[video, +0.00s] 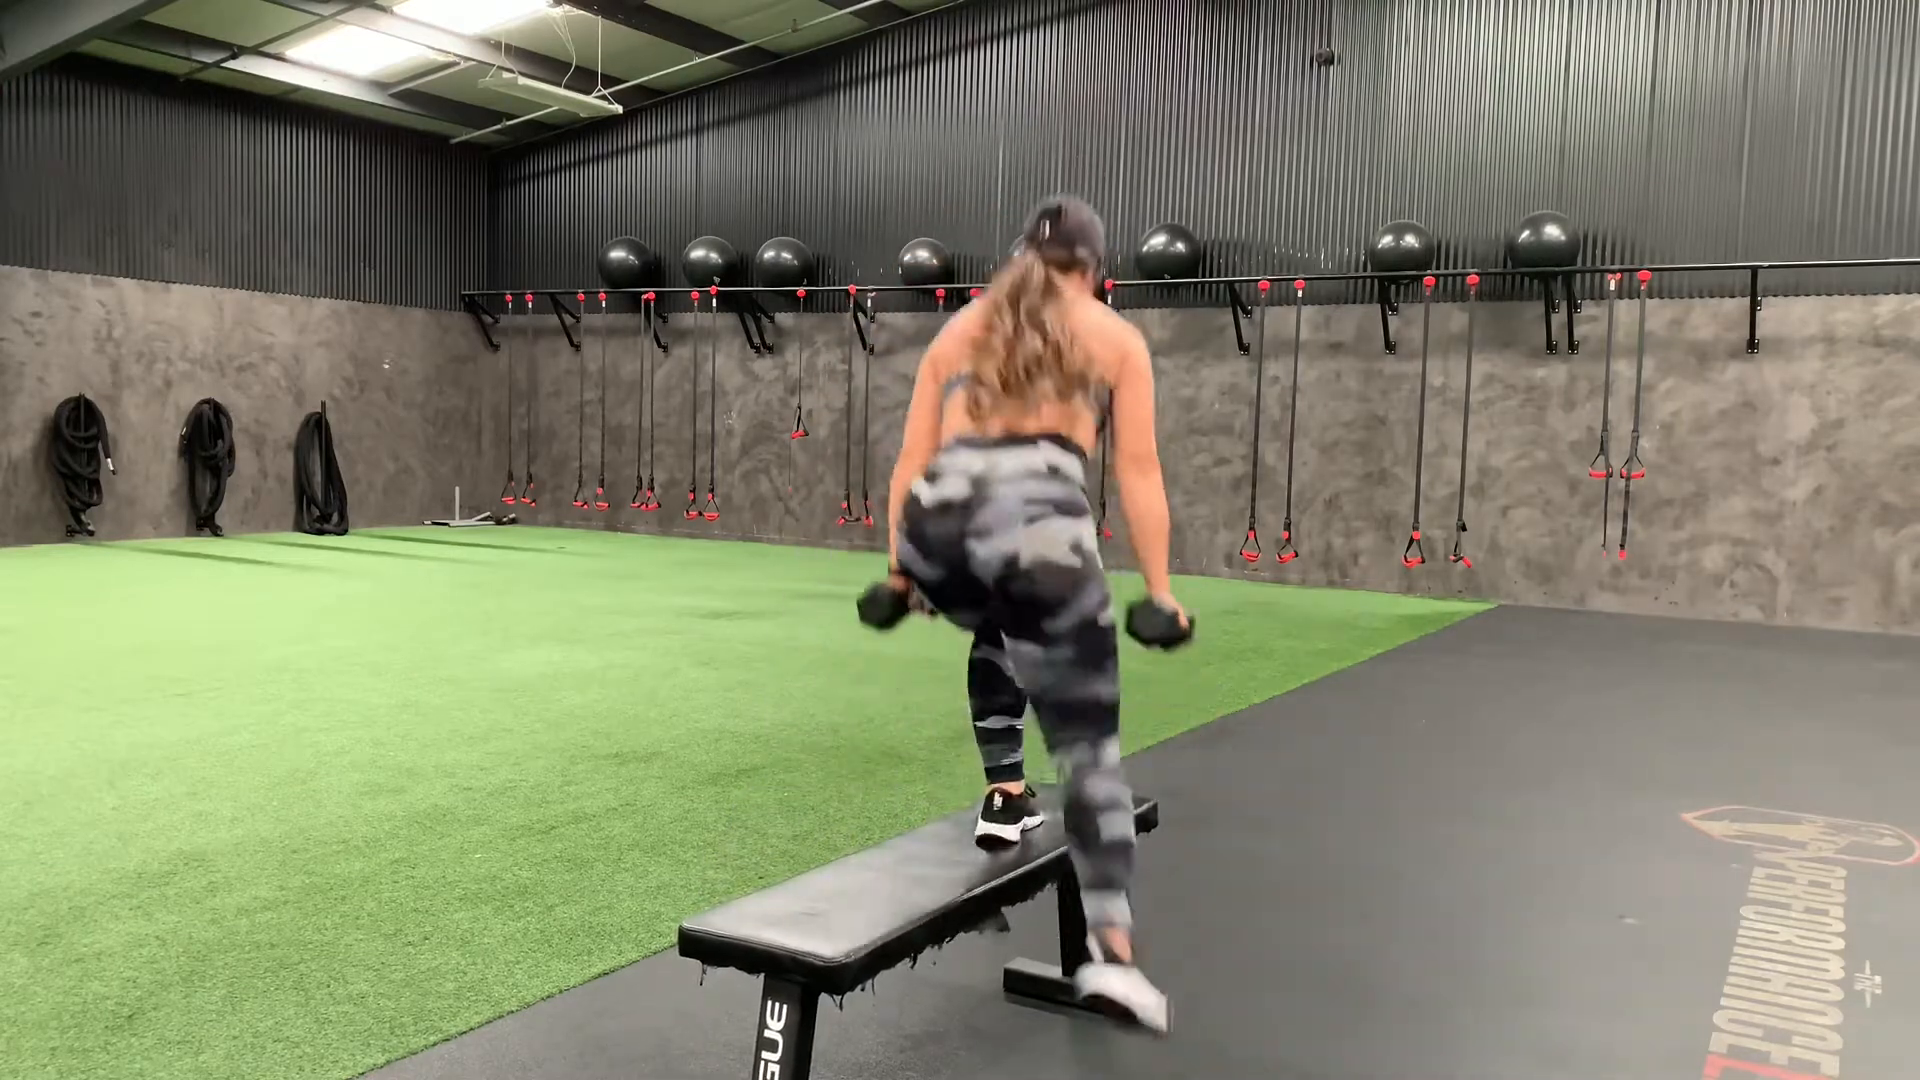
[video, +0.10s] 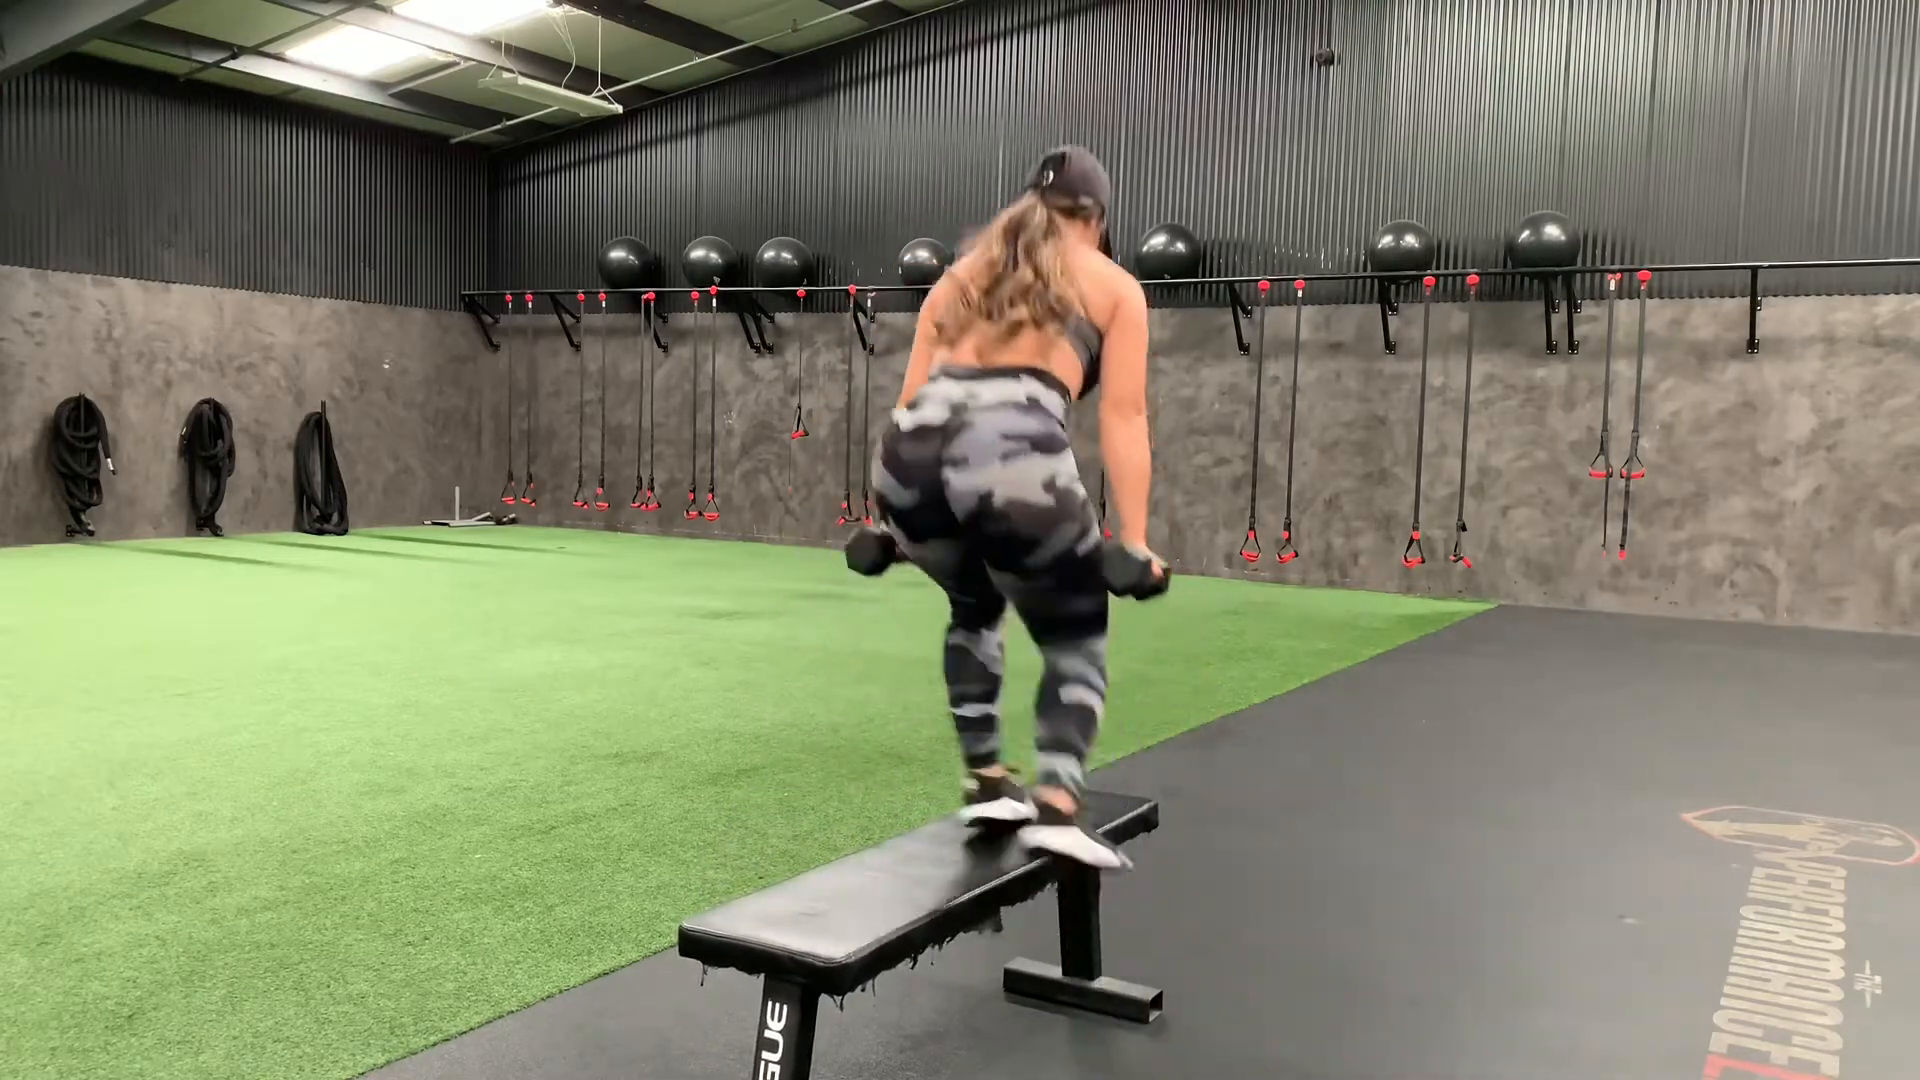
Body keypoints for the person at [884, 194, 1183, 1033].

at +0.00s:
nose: (1097, 285)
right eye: (1102, 273)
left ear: (1022, 257)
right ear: (1095, 270)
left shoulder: (958, 332)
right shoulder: (1117, 338)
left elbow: (915, 459)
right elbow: (1137, 469)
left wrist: (900, 567)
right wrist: (1158, 587)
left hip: (939, 519)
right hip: (1046, 519)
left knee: (990, 619)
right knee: (1088, 745)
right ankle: (1109, 944)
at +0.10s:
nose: (1099, 236)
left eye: (1095, 224)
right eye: (1099, 224)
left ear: (1027, 210)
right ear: (1091, 220)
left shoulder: (959, 274)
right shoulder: (1111, 284)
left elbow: (912, 399)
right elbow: (1124, 416)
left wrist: (886, 515)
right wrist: (1132, 537)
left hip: (914, 462)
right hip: (1018, 458)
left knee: (973, 606)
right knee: (1072, 636)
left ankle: (985, 778)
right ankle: (1056, 801)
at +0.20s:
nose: (1097, 233)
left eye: (1097, 221)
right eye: (1096, 220)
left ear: (1024, 205)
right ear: (1084, 212)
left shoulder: (959, 256)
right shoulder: (1102, 270)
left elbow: (904, 375)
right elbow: (1105, 400)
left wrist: (886, 502)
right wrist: (1110, 527)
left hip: (896, 425)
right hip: (997, 427)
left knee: (950, 587)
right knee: (1062, 594)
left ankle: (889, 759)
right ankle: (1004, 771)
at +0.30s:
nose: (1088, 267)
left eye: (1088, 256)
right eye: (1089, 255)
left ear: (1018, 235)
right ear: (1080, 246)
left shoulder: (951, 285)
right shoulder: (1090, 299)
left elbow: (902, 406)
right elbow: (1089, 431)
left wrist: (854, 531)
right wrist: (1090, 555)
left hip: (882, 464)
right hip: (983, 469)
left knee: (897, 646)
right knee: (1041, 622)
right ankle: (972, 796)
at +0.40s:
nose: (1081, 329)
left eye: (1079, 315)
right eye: (1080, 315)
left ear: (1007, 302)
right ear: (1073, 314)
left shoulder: (941, 356)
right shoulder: (1081, 377)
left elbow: (890, 479)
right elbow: (1073, 510)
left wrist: (836, 599)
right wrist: (1075, 636)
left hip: (862, 551)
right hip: (956, 554)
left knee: (833, 748)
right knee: (1050, 637)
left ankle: (747, 912)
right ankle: (974, 803)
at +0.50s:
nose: (1059, 412)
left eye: (1058, 400)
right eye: (1060, 400)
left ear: (990, 384)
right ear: (1047, 397)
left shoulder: (920, 443)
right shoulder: (1048, 465)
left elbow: (881, 577)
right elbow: (1053, 607)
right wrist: (1064, 736)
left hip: (842, 665)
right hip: (936, 671)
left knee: (813, 856)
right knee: (1038, 664)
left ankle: (700, 1022)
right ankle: (974, 803)